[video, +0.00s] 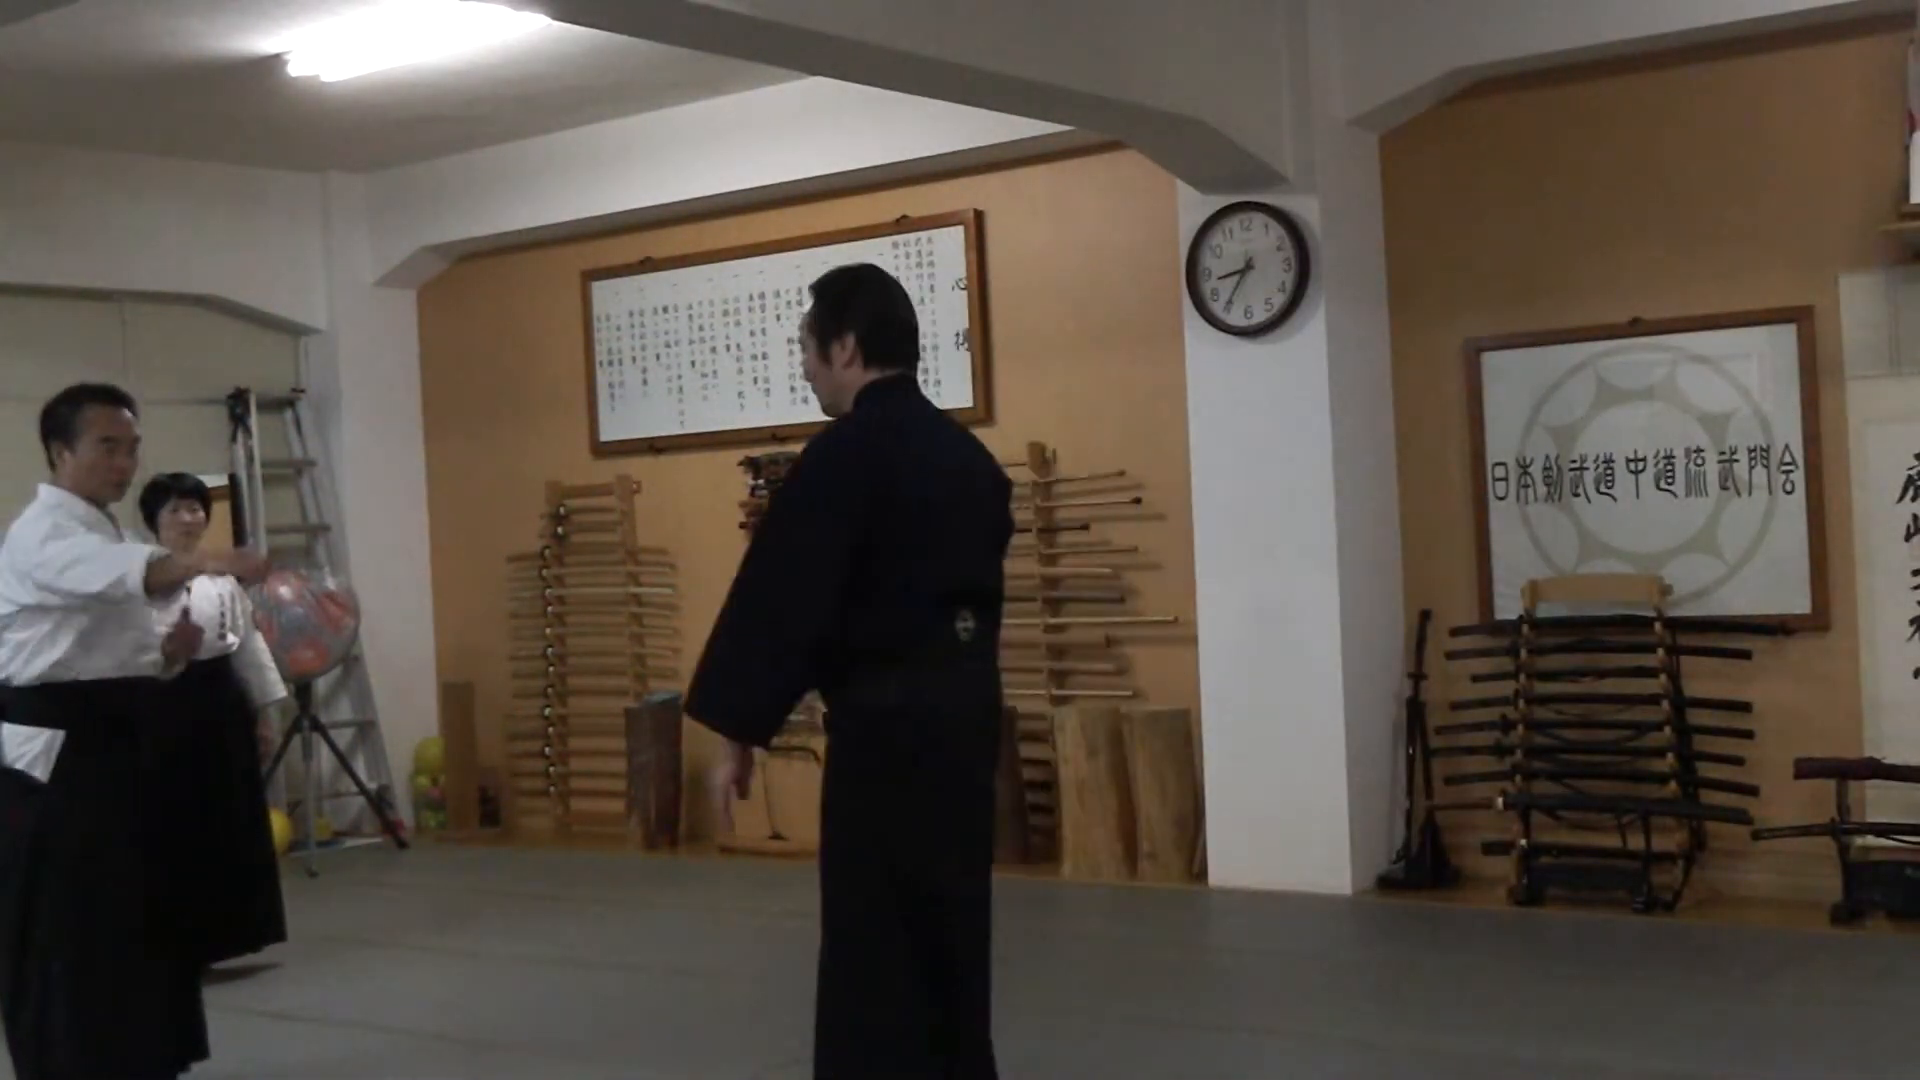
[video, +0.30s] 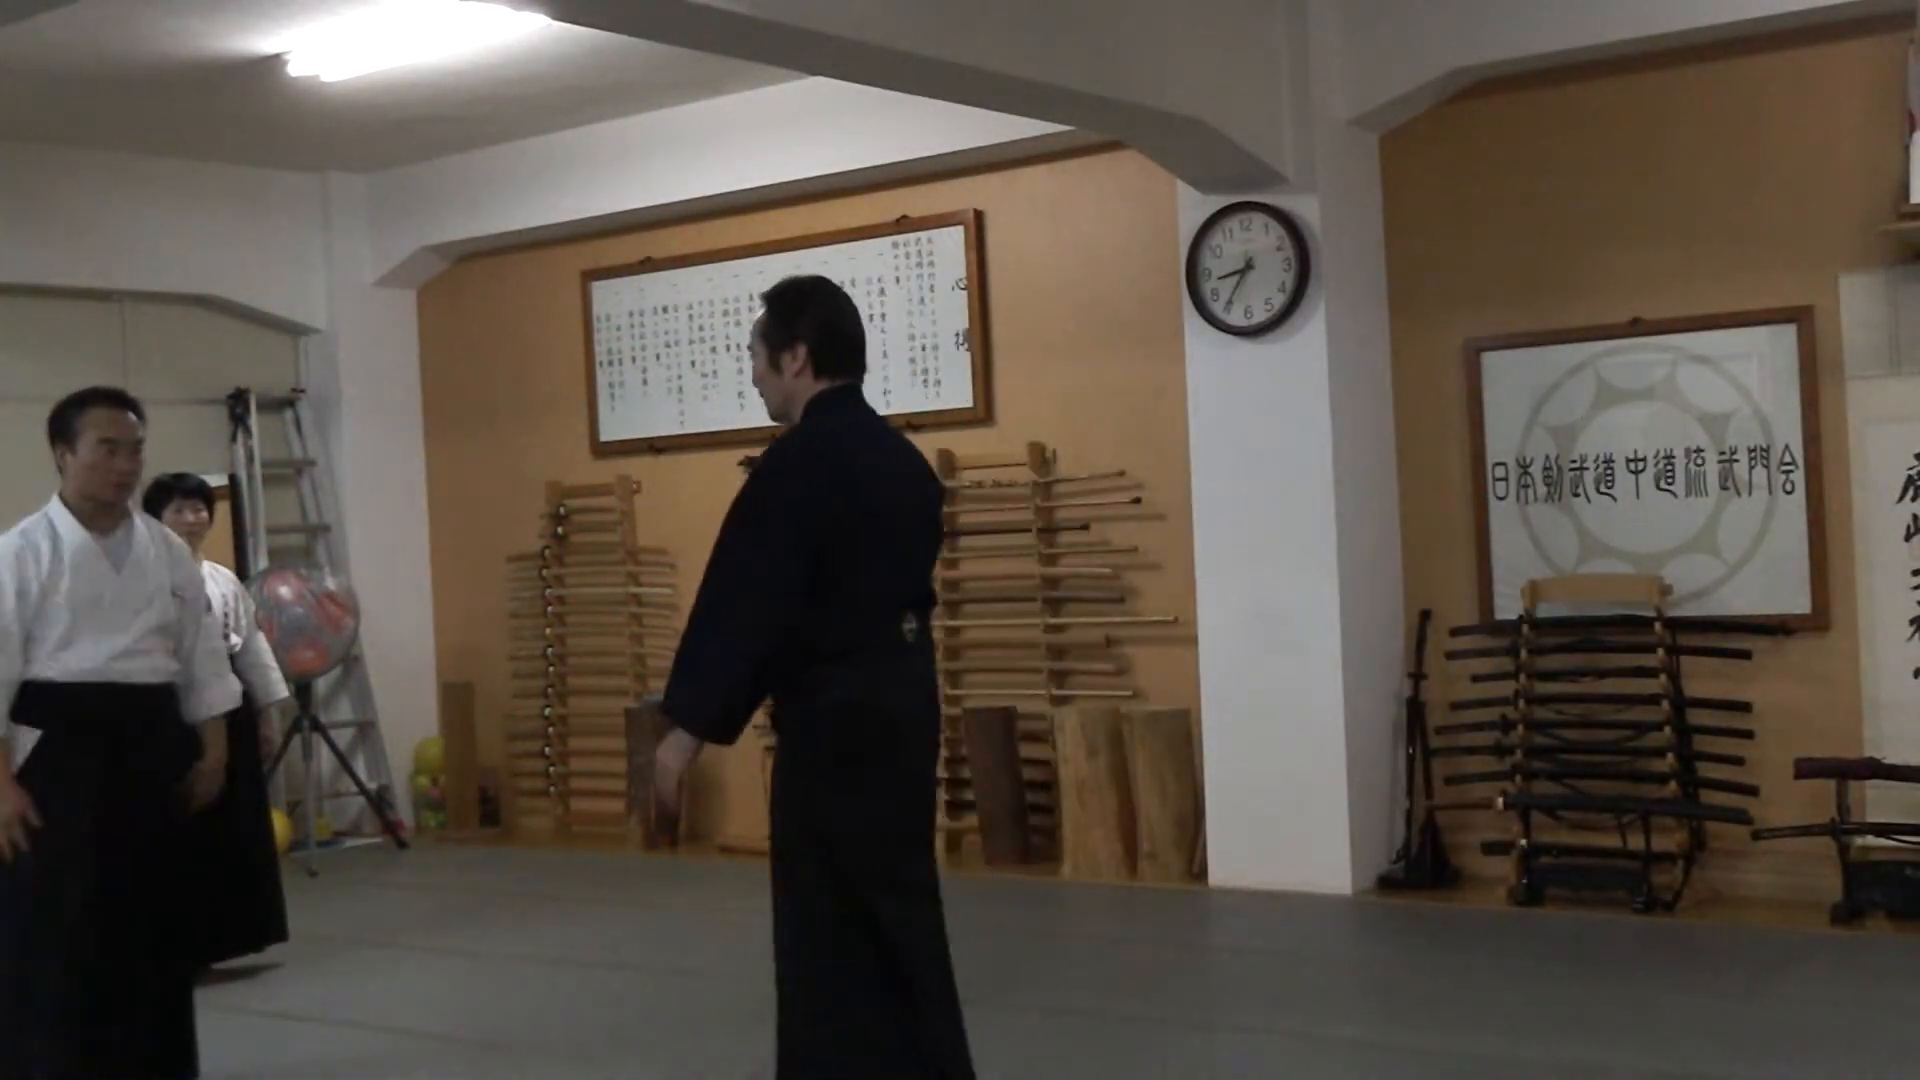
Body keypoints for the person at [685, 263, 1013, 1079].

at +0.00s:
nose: (806, 368)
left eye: (811, 348)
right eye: (806, 350)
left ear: (847, 347)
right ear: (897, 346)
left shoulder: (843, 454)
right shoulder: (968, 453)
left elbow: (781, 593)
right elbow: (970, 602)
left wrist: (741, 729)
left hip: (880, 725)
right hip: (966, 716)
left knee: (870, 935)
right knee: (950, 925)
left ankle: (871, 1067)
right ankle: (954, 1066)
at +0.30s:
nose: (756, 377)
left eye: (760, 358)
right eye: (755, 359)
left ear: (798, 358)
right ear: (846, 356)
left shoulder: (795, 464)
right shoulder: (901, 456)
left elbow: (742, 603)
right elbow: (898, 594)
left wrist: (686, 733)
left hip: (830, 725)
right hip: (905, 711)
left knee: (823, 932)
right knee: (899, 917)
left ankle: (831, 1066)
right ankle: (921, 1065)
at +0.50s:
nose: (723, 377)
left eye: (729, 360)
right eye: (724, 360)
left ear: (766, 363)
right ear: (807, 364)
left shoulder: (769, 462)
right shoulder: (871, 459)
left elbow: (742, 614)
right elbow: (875, 610)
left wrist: (738, 761)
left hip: (800, 737)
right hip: (879, 727)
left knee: (770, 942)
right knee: (867, 932)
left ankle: (783, 1068)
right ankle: (867, 1067)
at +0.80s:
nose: (693, 376)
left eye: (698, 358)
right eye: (693, 358)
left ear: (730, 361)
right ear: (785, 360)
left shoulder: (727, 465)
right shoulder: (844, 466)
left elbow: (688, 612)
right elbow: (841, 620)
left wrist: (673, 753)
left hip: (744, 752)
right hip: (833, 743)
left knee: (730, 958)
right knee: (831, 950)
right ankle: (838, 1069)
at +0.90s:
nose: (683, 380)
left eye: (686, 361)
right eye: (682, 362)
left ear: (718, 363)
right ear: (773, 360)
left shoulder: (713, 467)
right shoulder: (833, 468)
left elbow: (666, 613)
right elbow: (826, 626)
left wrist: (650, 756)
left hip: (737, 746)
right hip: (821, 740)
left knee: (719, 957)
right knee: (814, 950)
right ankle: (822, 1069)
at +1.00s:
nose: (669, 379)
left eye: (673, 360)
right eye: (668, 361)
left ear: (706, 362)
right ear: (759, 361)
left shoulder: (702, 466)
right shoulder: (815, 466)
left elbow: (655, 612)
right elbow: (796, 624)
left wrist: (634, 760)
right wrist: (681, 747)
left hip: (728, 735)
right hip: (811, 726)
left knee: (718, 941)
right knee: (806, 932)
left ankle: (720, 1070)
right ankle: (814, 1066)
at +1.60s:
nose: (603, 379)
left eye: (605, 363)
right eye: (603, 364)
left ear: (631, 362)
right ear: (692, 359)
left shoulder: (624, 466)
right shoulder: (729, 457)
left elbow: (602, 610)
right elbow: (705, 606)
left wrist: (576, 718)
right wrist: (605, 714)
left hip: (655, 716)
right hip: (739, 703)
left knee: (650, 914)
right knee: (739, 906)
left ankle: (657, 1059)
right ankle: (748, 1058)